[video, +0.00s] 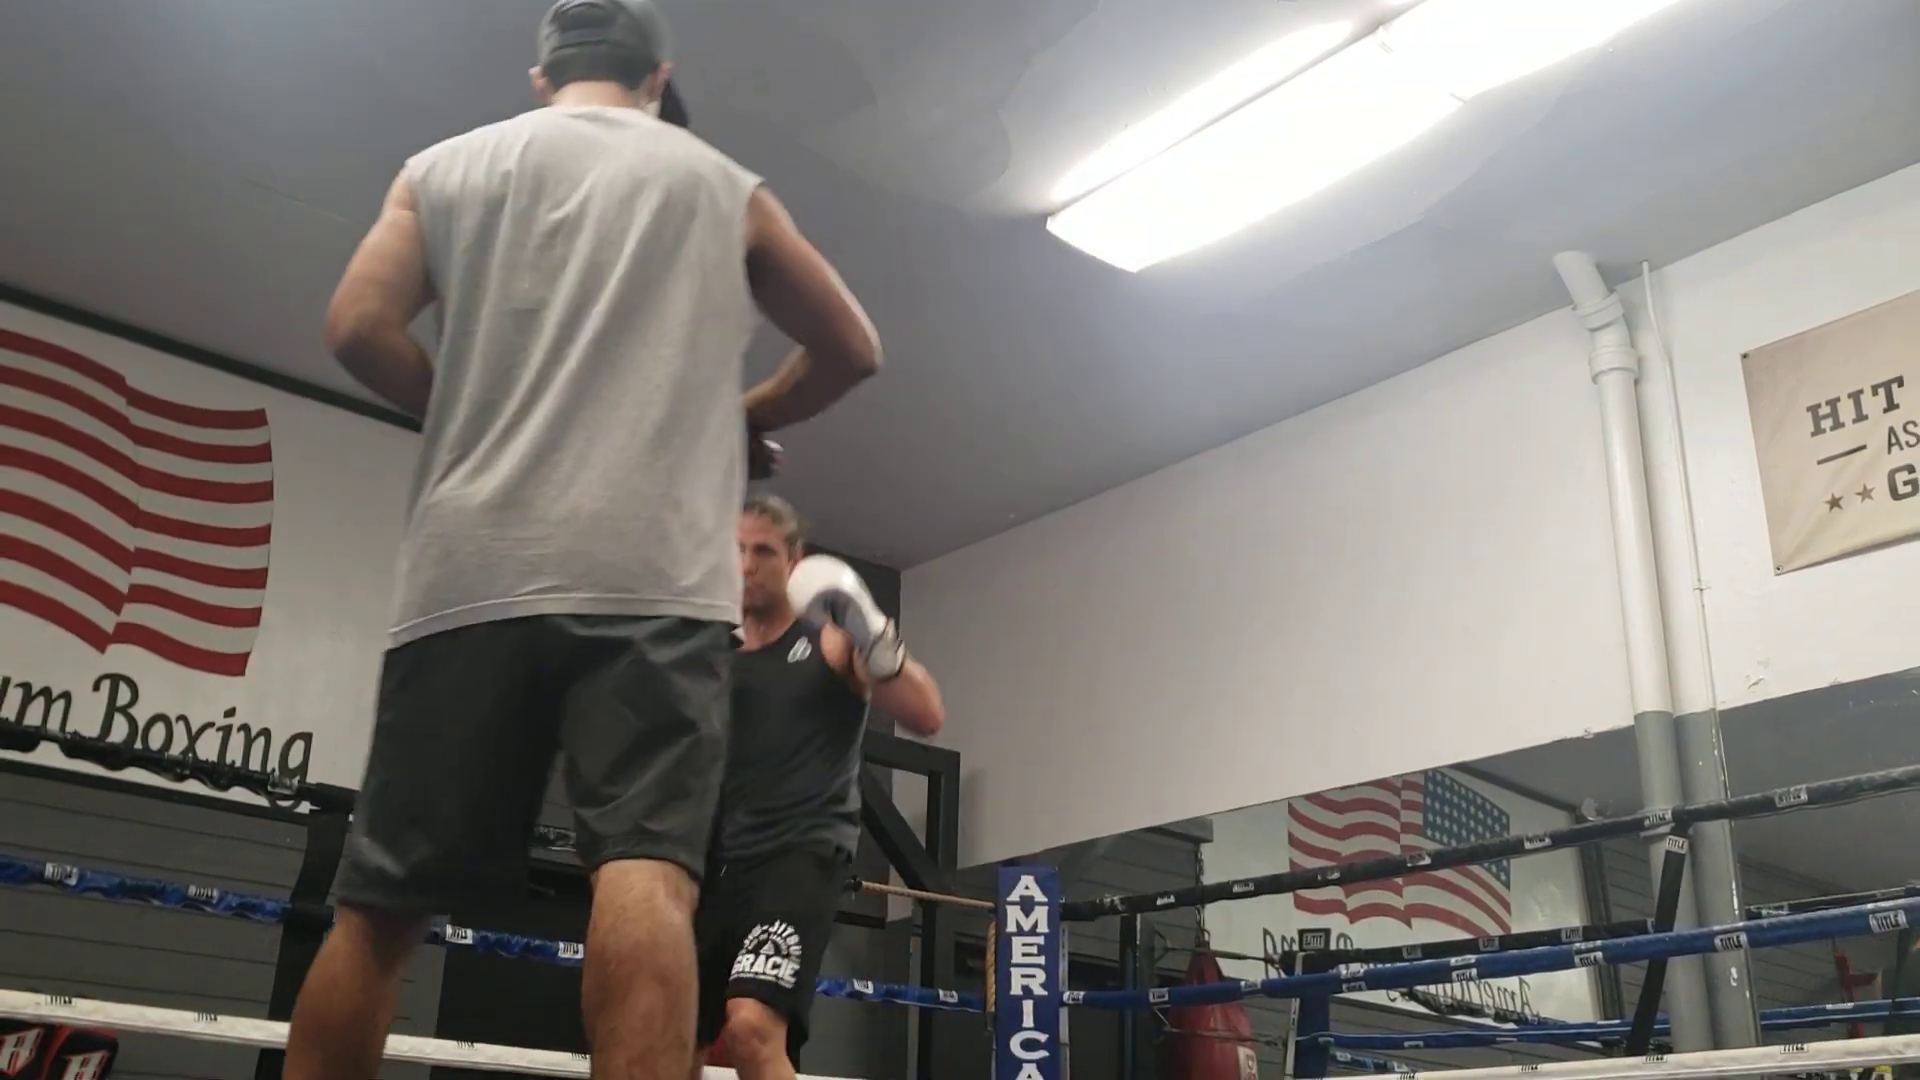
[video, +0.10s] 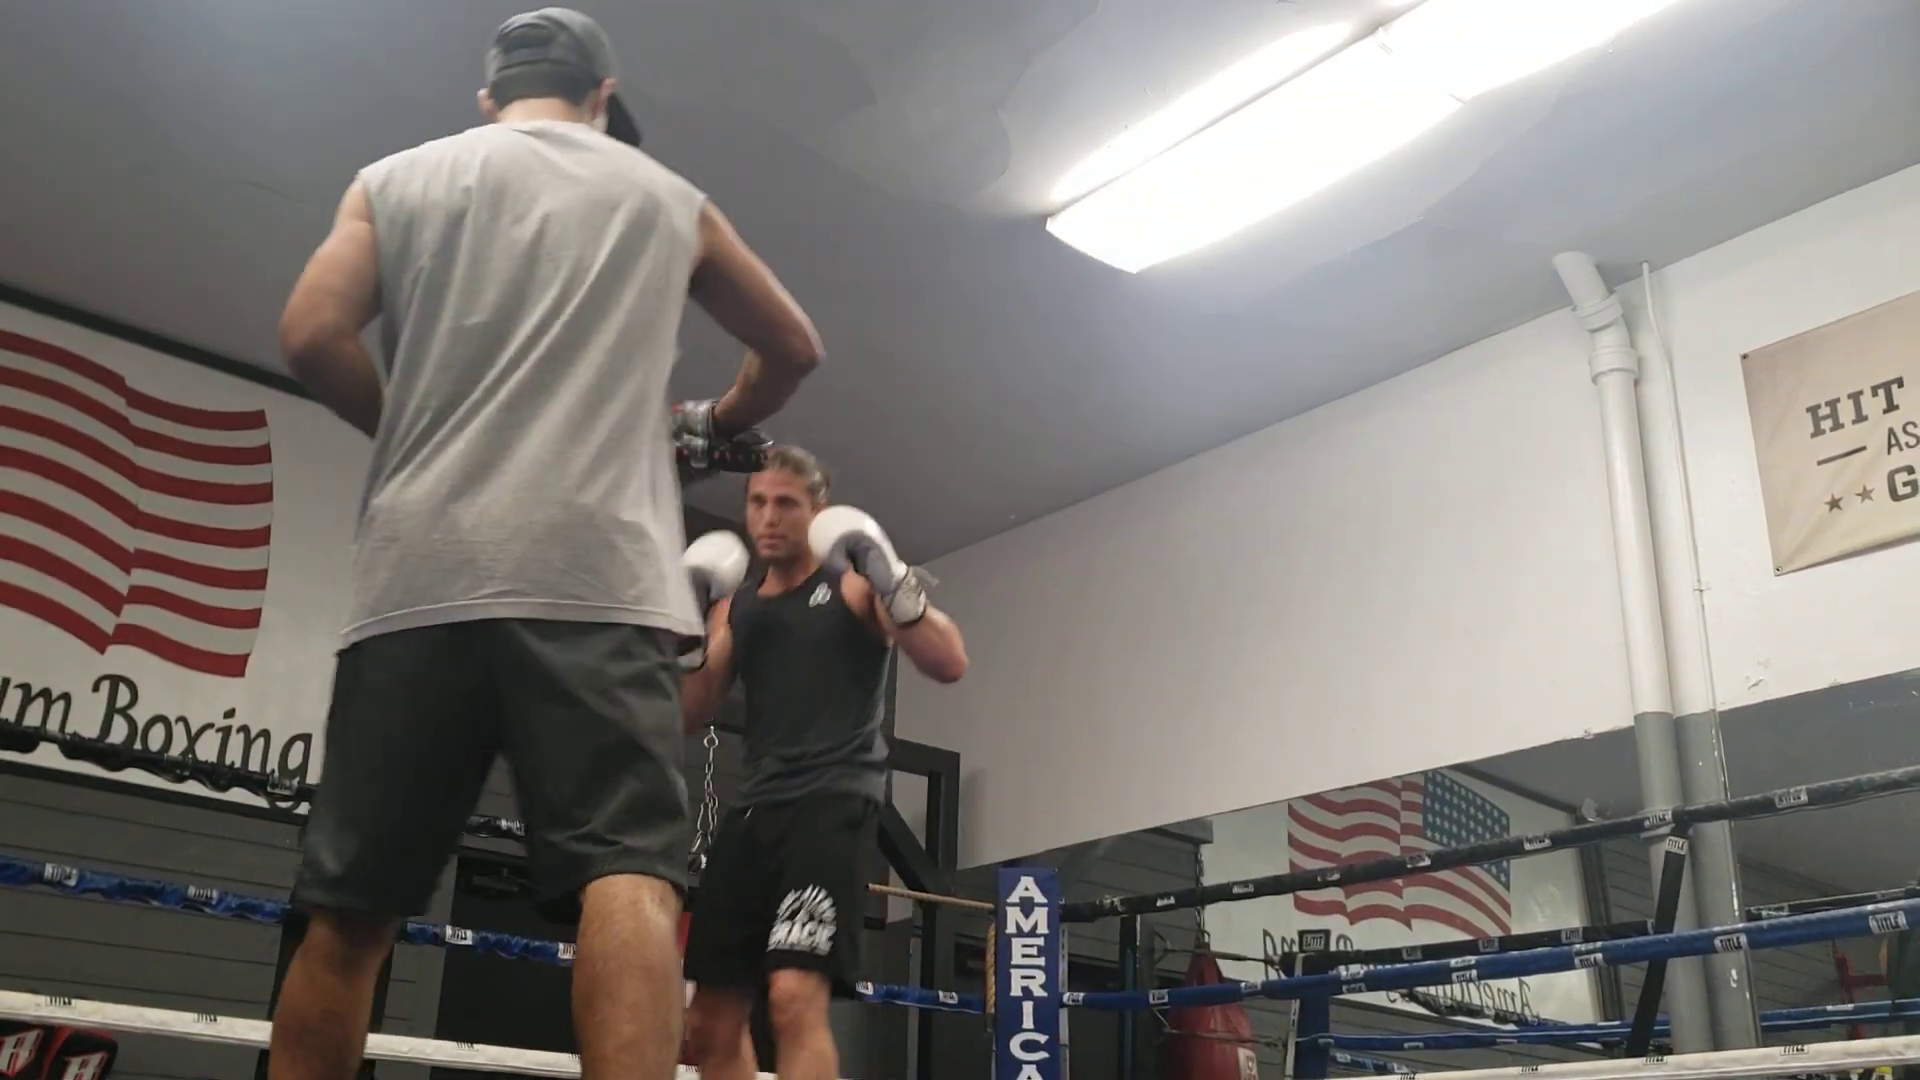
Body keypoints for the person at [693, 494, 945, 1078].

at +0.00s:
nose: (748, 565)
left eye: (763, 551)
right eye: (738, 549)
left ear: (795, 560)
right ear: (722, 556)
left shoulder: (830, 637)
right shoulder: (712, 647)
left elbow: (928, 715)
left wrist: (871, 631)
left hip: (804, 847)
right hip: (718, 853)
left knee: (749, 1030)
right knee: (703, 1040)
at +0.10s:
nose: (769, 517)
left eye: (786, 504)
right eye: (758, 503)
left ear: (820, 512)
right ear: (746, 511)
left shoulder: (854, 584)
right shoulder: (740, 603)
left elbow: (950, 664)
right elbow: (692, 714)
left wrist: (893, 580)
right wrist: (701, 612)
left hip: (836, 801)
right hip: (756, 805)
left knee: (793, 996)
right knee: (711, 1020)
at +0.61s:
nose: (901, 552)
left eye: (917, 533)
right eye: (891, 537)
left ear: (962, 532)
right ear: (883, 540)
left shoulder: (1025, 586)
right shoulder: (907, 621)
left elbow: (1081, 697)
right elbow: (883, 770)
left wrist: (989, 618)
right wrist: (842, 717)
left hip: (1040, 835)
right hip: (964, 851)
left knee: (1052, 1035)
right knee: (891, 1055)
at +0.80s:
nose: (962, 543)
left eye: (972, 524)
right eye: (953, 530)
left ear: (1024, 513)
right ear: (952, 532)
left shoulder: (1092, 560)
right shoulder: (995, 610)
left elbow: (1122, 672)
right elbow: (985, 742)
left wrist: (1025, 595)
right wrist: (928, 684)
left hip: (1130, 815)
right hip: (1064, 830)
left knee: (1092, 1025)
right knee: (1021, 1044)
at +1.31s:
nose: (1147, 582)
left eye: (1155, 561)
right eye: (1140, 567)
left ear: (1205, 551)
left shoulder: (1270, 577)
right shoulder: (1216, 654)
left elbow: (1320, 671)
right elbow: (1190, 775)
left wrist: (1215, 617)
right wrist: (1131, 690)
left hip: (1309, 825)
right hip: (1280, 834)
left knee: (1204, 1005)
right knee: (1339, 1056)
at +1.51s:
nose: (1184, 557)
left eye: (1193, 539)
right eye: (1177, 545)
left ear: (1247, 532)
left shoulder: (1305, 562)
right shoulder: (1249, 644)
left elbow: (1342, 648)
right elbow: (1201, 751)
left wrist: (1242, 590)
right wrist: (1152, 662)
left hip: (1340, 817)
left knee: (1261, 1001)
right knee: (1353, 1055)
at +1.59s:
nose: (1194, 552)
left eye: (1207, 536)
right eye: (1191, 540)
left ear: (1259, 534)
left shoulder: (1323, 569)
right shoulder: (1260, 640)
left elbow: (1329, 653)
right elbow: (1174, 727)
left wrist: (1217, 603)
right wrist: (1133, 645)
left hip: (1360, 822)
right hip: (1323, 833)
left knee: (1271, 1008)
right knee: (1329, 1050)